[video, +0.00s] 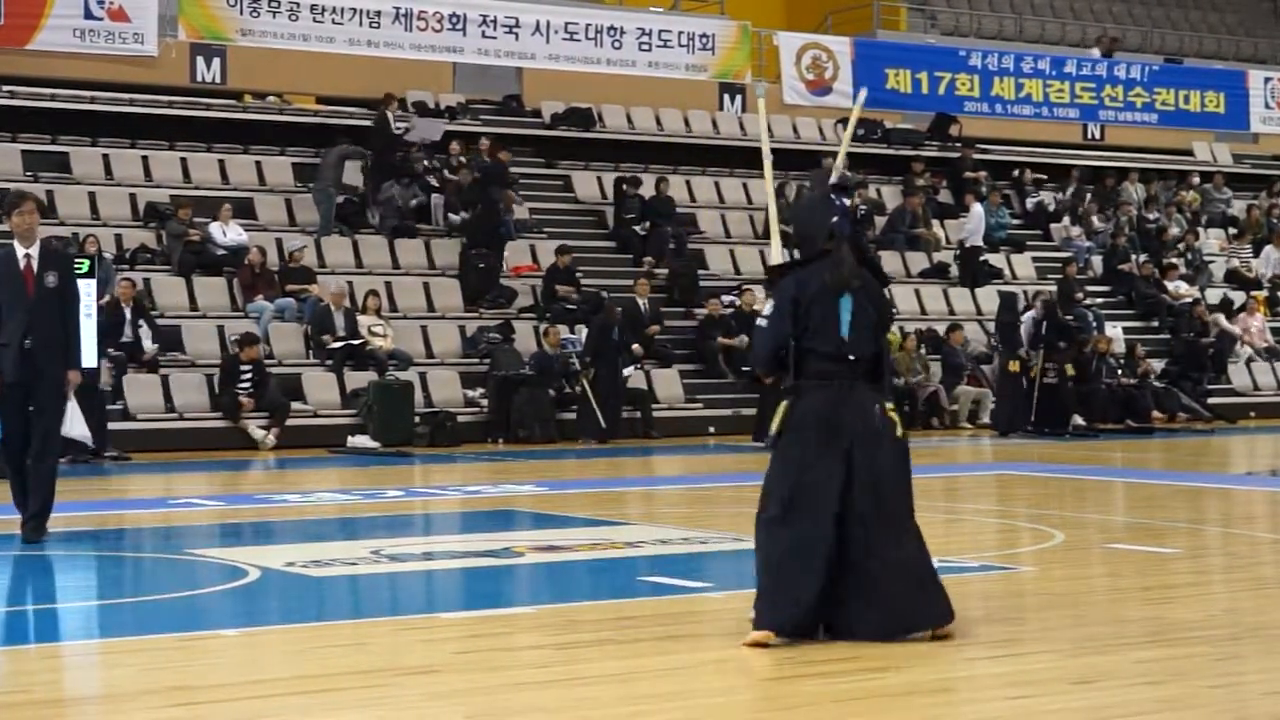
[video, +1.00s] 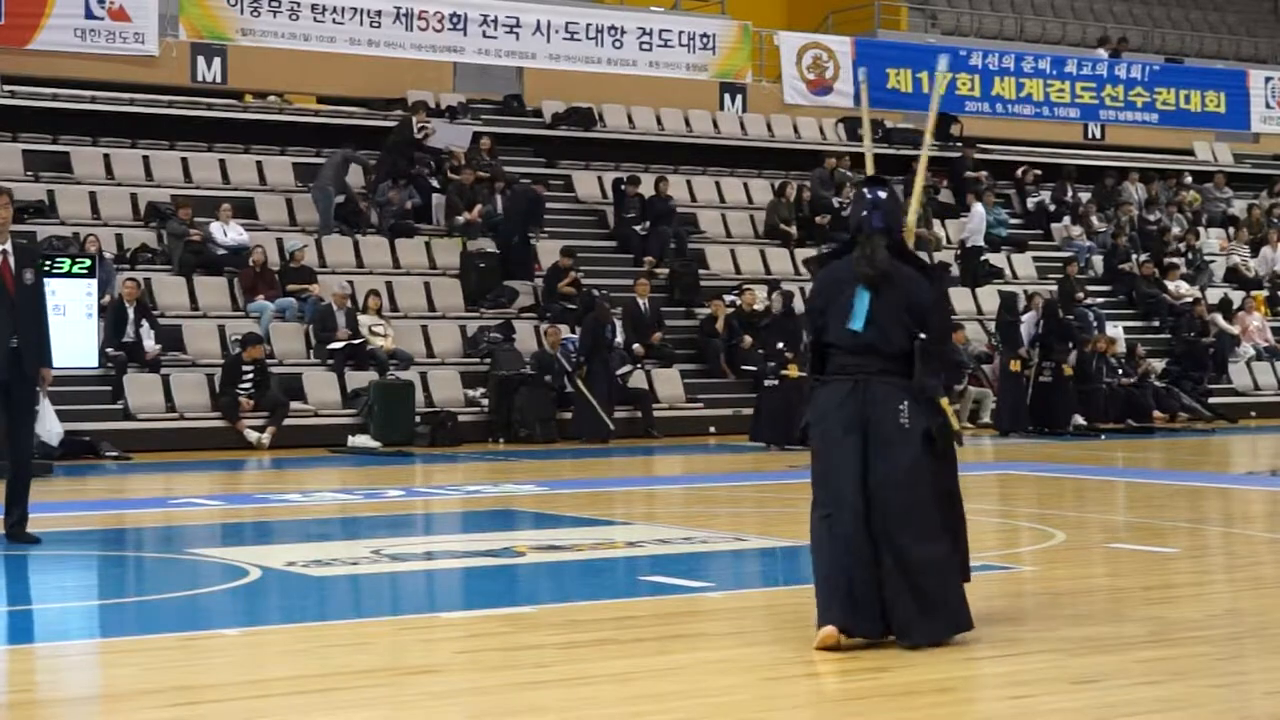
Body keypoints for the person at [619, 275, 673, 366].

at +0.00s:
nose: (644, 288)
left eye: (646, 285)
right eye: (640, 285)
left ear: (649, 287)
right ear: (635, 288)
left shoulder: (653, 304)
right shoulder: (628, 305)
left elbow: (660, 323)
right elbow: (625, 328)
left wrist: (657, 328)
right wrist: (633, 344)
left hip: (649, 344)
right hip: (633, 344)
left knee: (668, 356)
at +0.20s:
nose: (644, 288)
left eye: (646, 285)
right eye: (641, 285)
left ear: (650, 288)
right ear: (635, 288)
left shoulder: (654, 304)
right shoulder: (628, 305)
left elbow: (660, 323)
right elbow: (626, 328)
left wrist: (657, 329)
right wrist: (634, 344)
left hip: (650, 343)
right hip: (634, 343)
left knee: (668, 355)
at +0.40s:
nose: (644, 288)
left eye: (646, 285)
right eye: (641, 285)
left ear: (650, 288)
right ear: (635, 288)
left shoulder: (655, 303)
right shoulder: (629, 304)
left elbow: (662, 323)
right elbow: (627, 328)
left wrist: (660, 332)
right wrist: (634, 343)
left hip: (651, 342)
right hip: (634, 343)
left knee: (669, 355)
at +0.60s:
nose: (644, 287)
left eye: (646, 284)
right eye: (640, 284)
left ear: (650, 287)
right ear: (635, 287)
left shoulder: (655, 303)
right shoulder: (628, 304)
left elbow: (662, 323)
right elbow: (627, 328)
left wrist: (661, 333)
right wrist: (634, 343)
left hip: (652, 342)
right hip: (635, 343)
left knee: (669, 354)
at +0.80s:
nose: (643, 288)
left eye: (646, 285)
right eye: (640, 285)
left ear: (650, 287)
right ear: (635, 287)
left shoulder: (654, 303)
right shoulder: (628, 304)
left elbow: (661, 323)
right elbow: (627, 328)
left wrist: (660, 333)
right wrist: (634, 343)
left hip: (651, 342)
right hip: (635, 342)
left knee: (669, 355)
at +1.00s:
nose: (644, 288)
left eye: (646, 285)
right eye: (640, 285)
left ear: (650, 287)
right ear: (635, 288)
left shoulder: (654, 303)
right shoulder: (629, 305)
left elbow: (661, 325)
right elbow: (627, 328)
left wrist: (659, 333)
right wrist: (634, 344)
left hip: (651, 342)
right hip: (635, 343)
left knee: (670, 355)